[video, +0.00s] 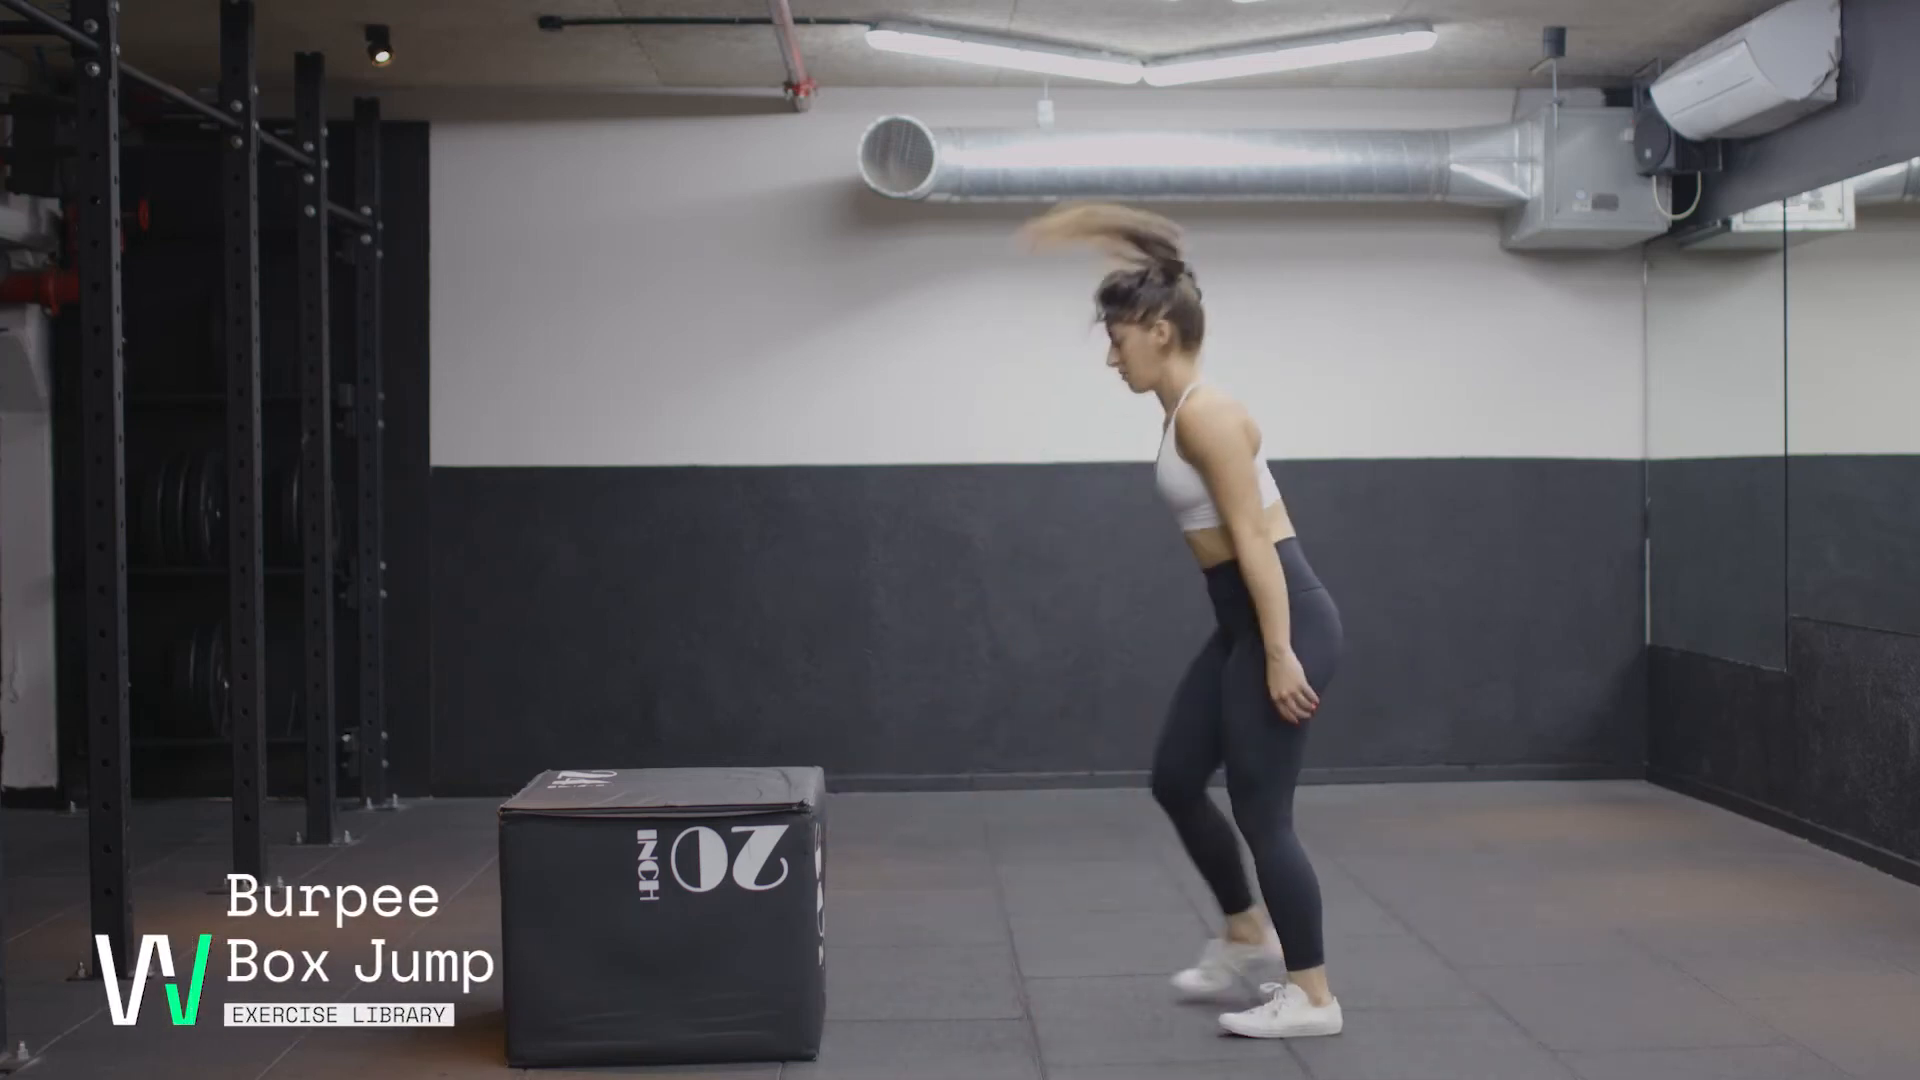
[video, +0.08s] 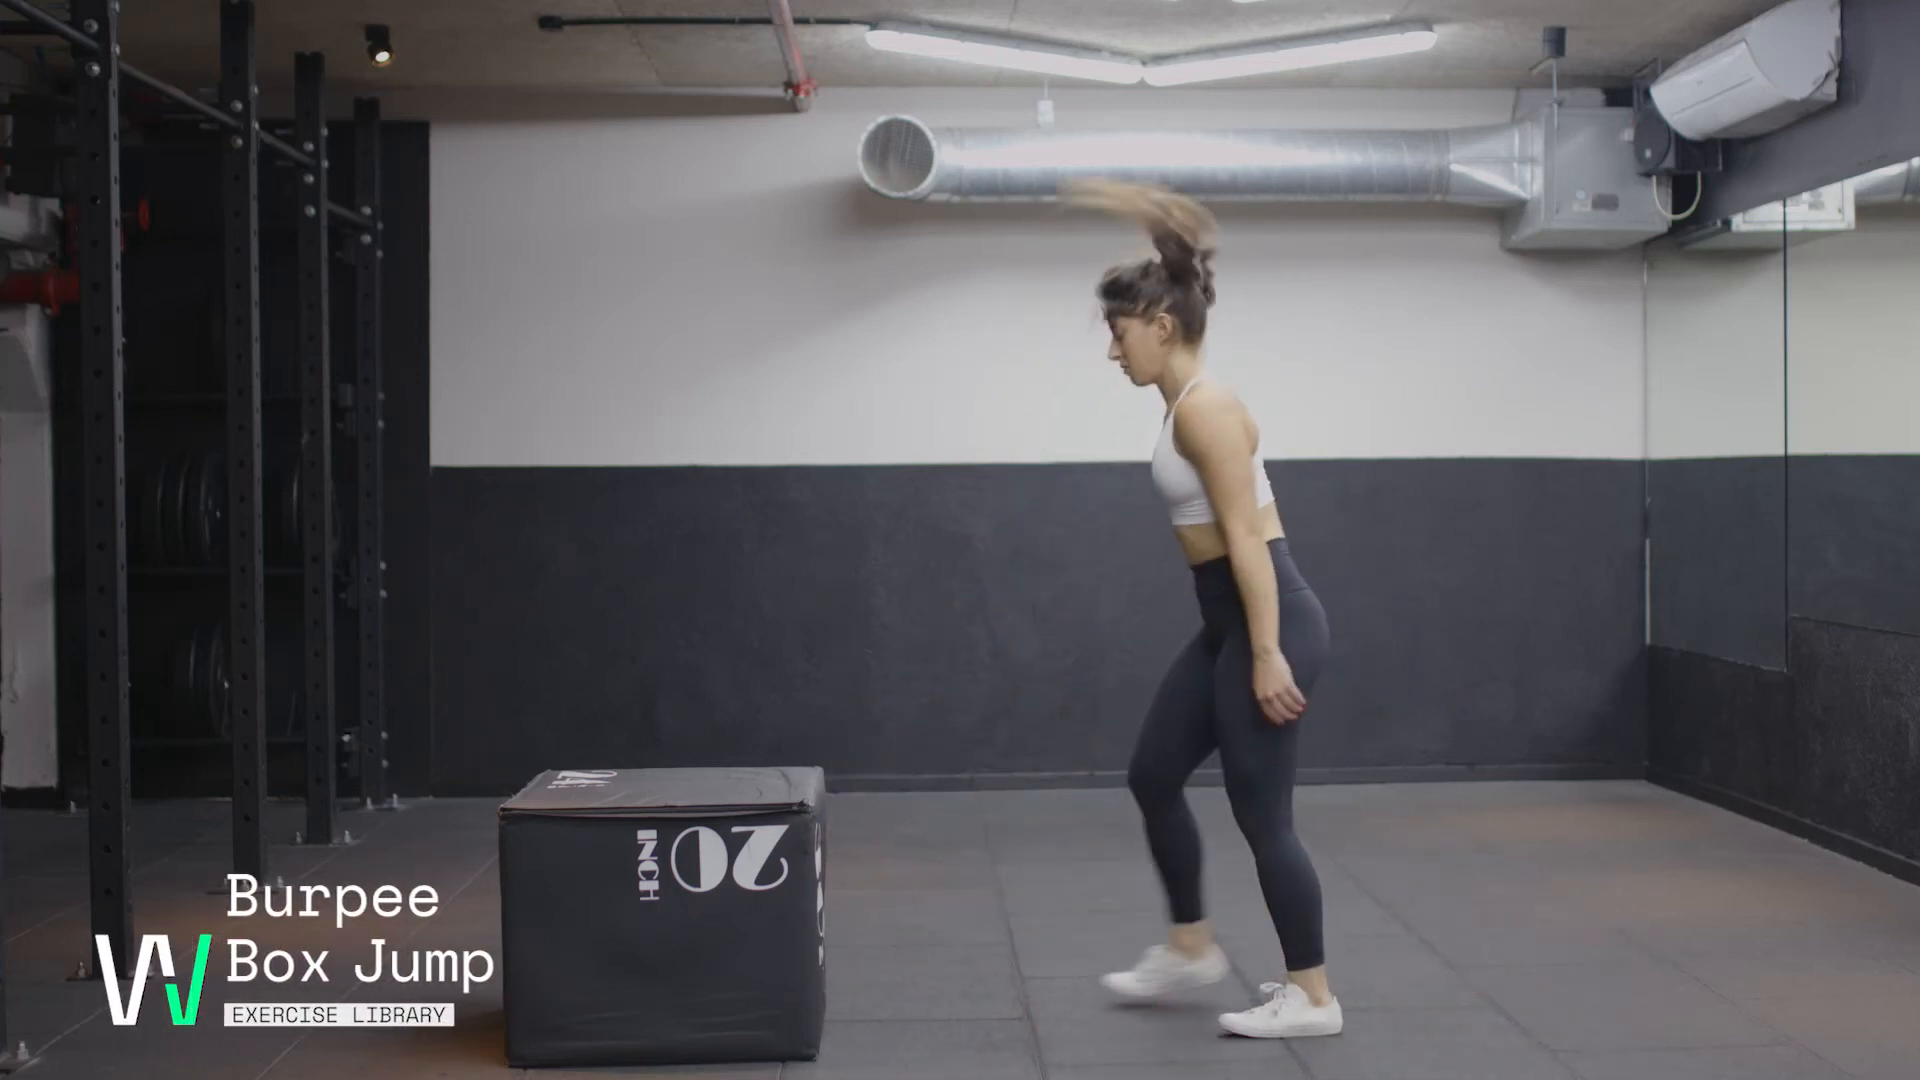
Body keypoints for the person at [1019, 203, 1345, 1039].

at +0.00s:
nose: (1109, 352)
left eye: (1117, 336)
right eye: (1108, 337)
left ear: (1163, 331)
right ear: (1151, 334)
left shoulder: (1209, 418)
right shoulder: (1183, 417)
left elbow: (1257, 539)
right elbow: (1238, 540)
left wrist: (1278, 653)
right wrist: (1254, 641)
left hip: (1279, 624)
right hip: (1243, 623)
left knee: (1263, 812)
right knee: (1177, 779)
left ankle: (1312, 995)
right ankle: (1250, 941)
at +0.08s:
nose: (1112, 349)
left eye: (1120, 331)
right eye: (1110, 333)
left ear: (1163, 326)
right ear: (1161, 328)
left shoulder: (1205, 413)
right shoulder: (1184, 411)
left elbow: (1246, 535)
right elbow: (1236, 530)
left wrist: (1267, 650)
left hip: (1263, 625)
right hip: (1228, 623)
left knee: (1262, 813)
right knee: (1154, 775)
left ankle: (1312, 992)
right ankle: (1191, 947)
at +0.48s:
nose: (989, 365)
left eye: (996, 347)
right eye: (987, 349)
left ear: (1039, 344)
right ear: (1040, 345)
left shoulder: (1075, 416)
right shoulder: (1086, 407)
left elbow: (1146, 511)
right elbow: (1165, 481)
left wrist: (1165, 634)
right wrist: (1158, 585)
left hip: (1143, 632)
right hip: (1121, 630)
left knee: (1165, 819)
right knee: (1080, 806)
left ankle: (1288, 968)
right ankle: (1037, 969)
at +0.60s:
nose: (929, 372)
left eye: (936, 354)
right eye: (928, 356)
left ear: (977, 348)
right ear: (979, 350)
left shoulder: (1024, 411)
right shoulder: (1022, 412)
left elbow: (1136, 457)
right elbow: (1118, 462)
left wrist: (1181, 570)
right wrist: (1145, 553)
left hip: (1122, 623)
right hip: (1091, 625)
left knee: (1081, 802)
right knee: (1063, 799)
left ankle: (1216, 938)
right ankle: (1037, 970)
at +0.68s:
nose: (892, 380)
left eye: (899, 362)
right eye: (890, 364)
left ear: (942, 355)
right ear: (941, 359)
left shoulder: (991, 414)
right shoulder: (988, 415)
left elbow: (1113, 441)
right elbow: (1094, 447)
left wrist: (1172, 538)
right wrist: (1124, 531)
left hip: (1107, 618)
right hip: (1084, 617)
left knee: (1055, 792)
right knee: (1050, 792)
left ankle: (1139, 960)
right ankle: (1036, 968)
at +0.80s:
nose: (846, 408)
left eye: (852, 390)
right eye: (844, 392)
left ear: (893, 383)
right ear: (892, 385)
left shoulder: (952, 440)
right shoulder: (940, 446)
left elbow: (1069, 488)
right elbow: (1066, 486)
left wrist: (1114, 598)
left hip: (1076, 623)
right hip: (1058, 626)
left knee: (1015, 793)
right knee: (1009, 790)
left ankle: (1038, 991)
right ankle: (1027, 977)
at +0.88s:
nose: (832, 427)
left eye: (838, 410)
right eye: (831, 411)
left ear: (879, 408)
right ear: (878, 410)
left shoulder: (942, 472)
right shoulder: (923, 477)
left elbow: (1027, 572)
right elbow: (1005, 584)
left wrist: (999, 686)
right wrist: (980, 674)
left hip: (1068, 656)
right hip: (1050, 652)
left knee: (966, 811)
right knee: (962, 807)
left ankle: (1031, 996)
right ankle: (1022, 978)